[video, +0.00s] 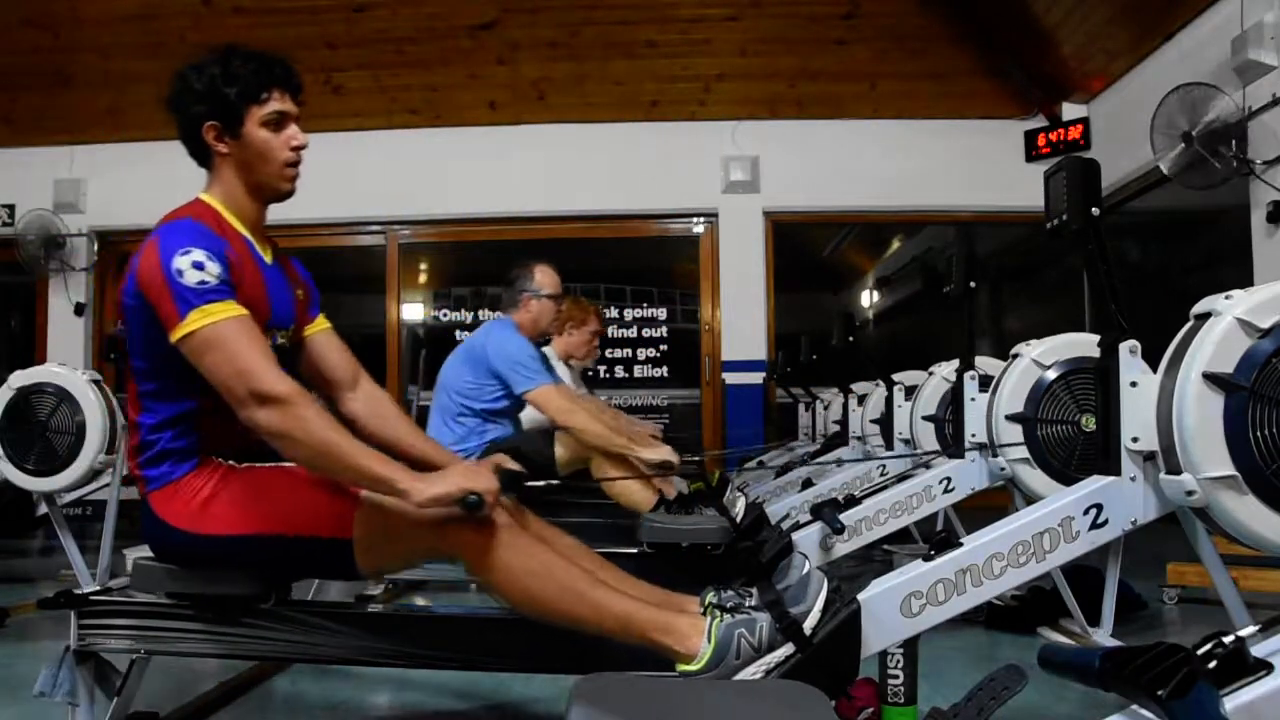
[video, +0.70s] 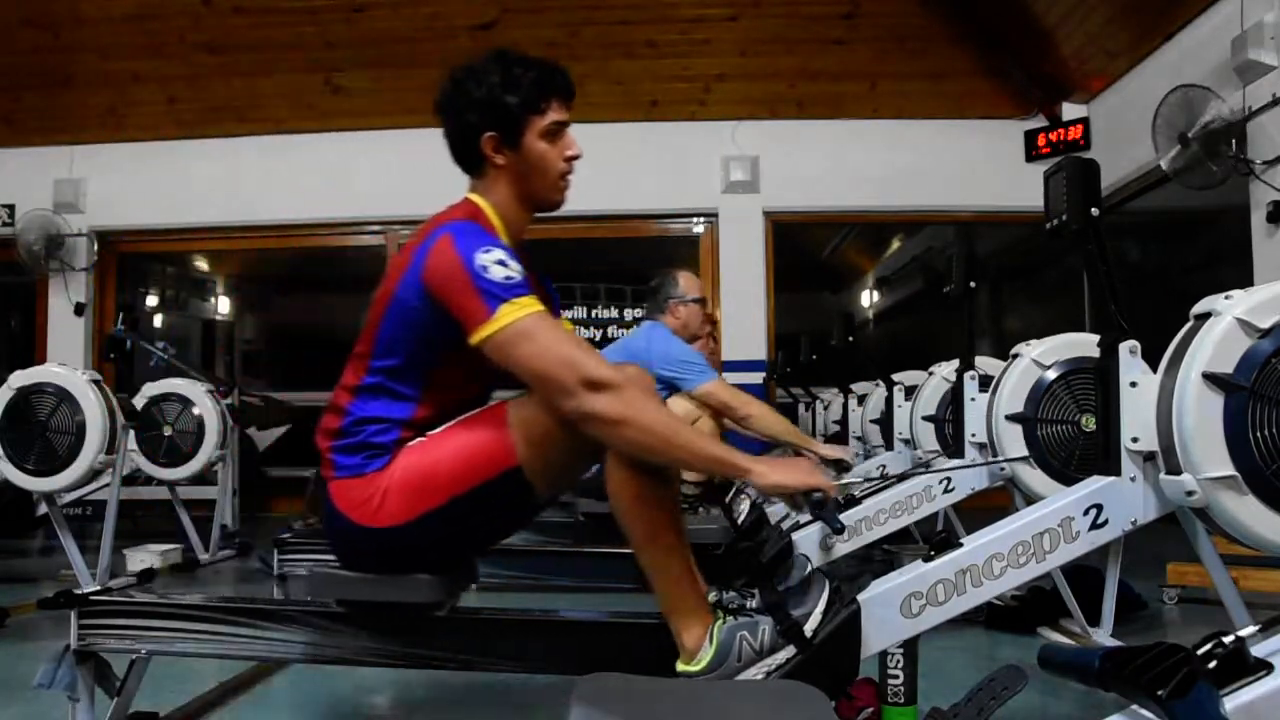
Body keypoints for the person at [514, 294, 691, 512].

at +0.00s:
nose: (560, 309)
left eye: (560, 301)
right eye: (555, 300)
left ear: (528, 304)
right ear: (528, 303)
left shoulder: (511, 339)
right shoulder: (506, 341)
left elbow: (569, 401)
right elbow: (562, 412)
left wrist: (639, 444)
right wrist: (637, 448)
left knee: (602, 433)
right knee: (593, 443)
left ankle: (671, 498)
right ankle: (657, 514)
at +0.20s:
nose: (604, 306)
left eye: (603, 298)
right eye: (598, 298)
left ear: (574, 304)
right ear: (573, 304)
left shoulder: (557, 338)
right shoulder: (553, 341)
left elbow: (627, 404)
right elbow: (627, 409)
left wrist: (696, 440)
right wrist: (697, 444)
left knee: (638, 423)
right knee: (628, 424)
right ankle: (674, 518)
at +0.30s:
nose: (629, 306)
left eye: (627, 298)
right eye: (621, 298)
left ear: (595, 305)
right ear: (596, 305)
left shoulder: (577, 340)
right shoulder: (580, 344)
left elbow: (651, 408)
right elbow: (654, 409)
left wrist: (722, 446)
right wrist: (729, 445)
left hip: (541, 446)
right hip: (535, 452)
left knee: (649, 414)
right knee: (645, 415)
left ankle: (678, 506)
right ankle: (676, 514)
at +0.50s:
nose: (675, 308)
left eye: (673, 300)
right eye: (667, 301)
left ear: (640, 308)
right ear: (642, 308)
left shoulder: (619, 338)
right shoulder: (625, 342)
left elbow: (695, 413)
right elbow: (704, 406)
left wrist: (759, 446)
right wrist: (779, 443)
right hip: (573, 438)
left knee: (682, 408)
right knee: (679, 410)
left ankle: (682, 503)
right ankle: (682, 508)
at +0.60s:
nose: (693, 309)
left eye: (691, 301)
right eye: (686, 301)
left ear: (658, 310)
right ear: (661, 310)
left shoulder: (639, 340)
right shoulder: (647, 343)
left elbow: (718, 414)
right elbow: (723, 407)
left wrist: (780, 445)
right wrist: (797, 445)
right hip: (594, 437)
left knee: (694, 406)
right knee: (695, 408)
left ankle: (698, 495)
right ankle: (691, 499)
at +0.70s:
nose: (707, 312)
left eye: (705, 304)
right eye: (700, 304)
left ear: (675, 309)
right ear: (675, 309)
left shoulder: (655, 339)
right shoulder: (665, 345)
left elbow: (736, 409)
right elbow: (740, 409)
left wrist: (800, 446)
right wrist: (814, 446)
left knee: (698, 399)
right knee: (698, 405)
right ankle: (694, 497)